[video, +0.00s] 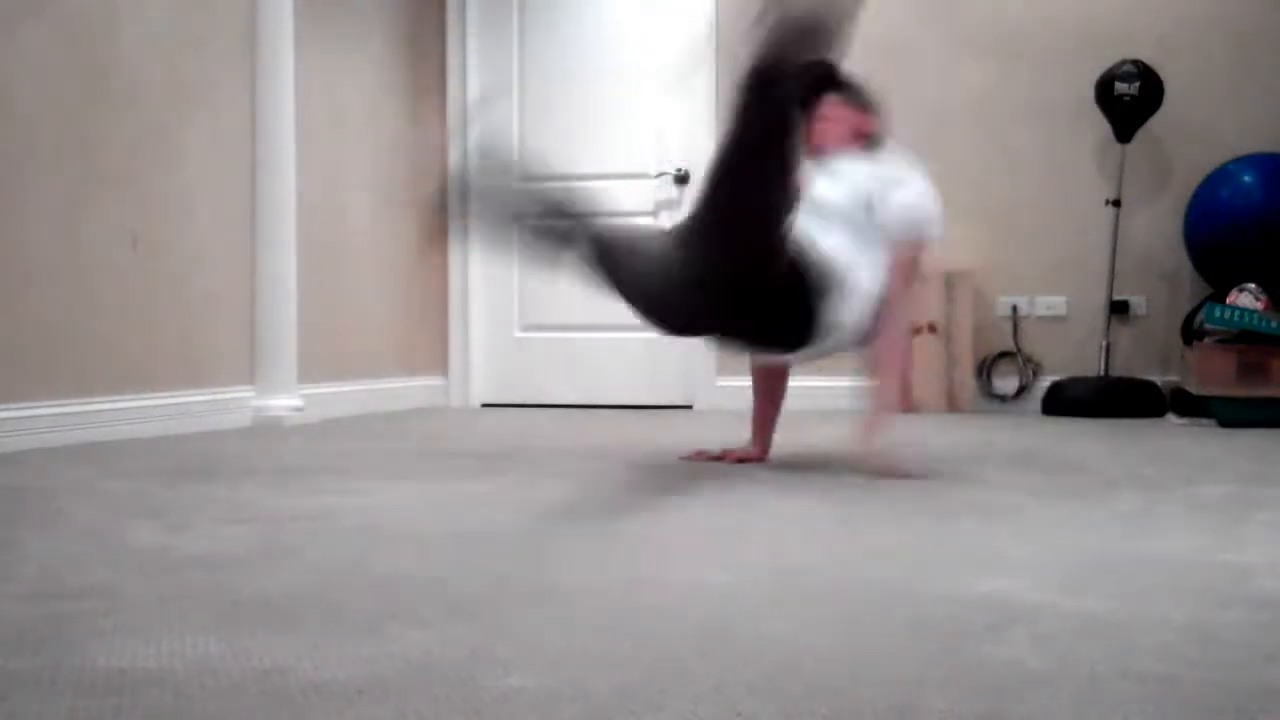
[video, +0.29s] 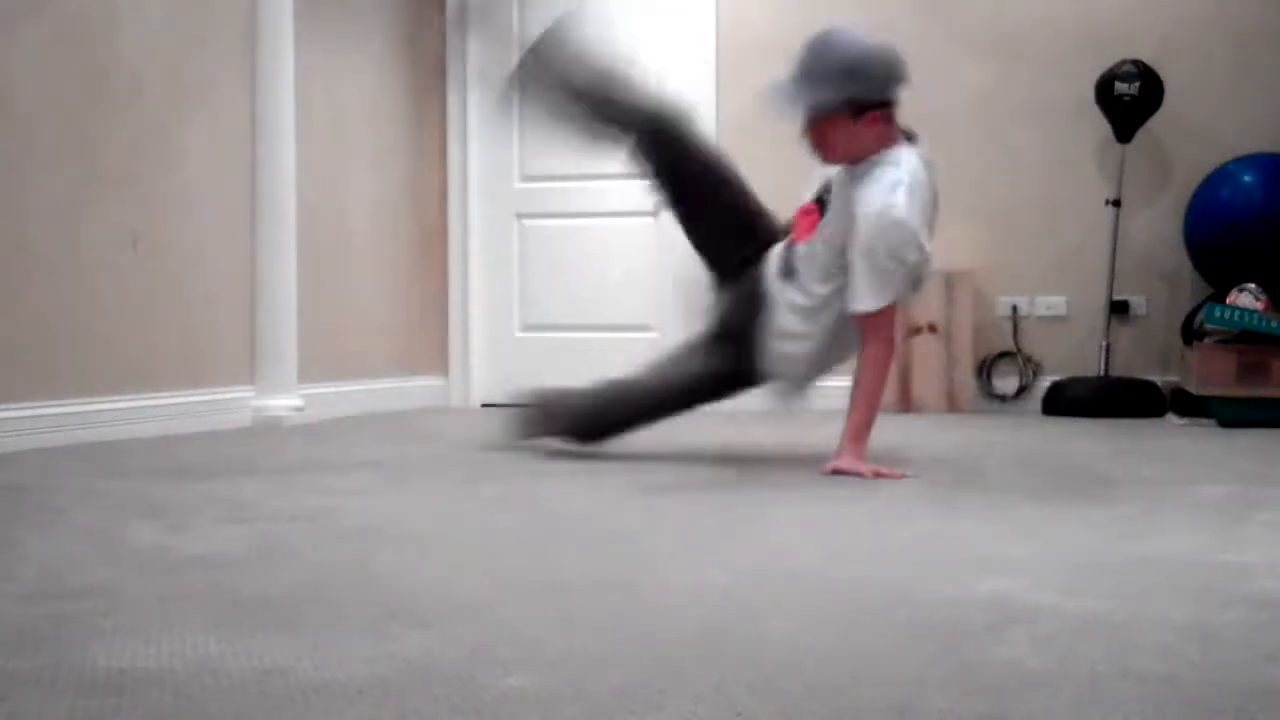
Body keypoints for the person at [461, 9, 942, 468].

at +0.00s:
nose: (823, 126)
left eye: (839, 115)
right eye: (819, 116)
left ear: (868, 123)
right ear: (806, 127)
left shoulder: (896, 179)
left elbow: (895, 311)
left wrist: (878, 430)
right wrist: (759, 447)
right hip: (692, 302)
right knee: (588, 234)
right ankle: (495, 201)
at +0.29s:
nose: (809, 135)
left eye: (820, 119)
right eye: (809, 119)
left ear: (866, 120)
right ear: (872, 119)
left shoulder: (887, 211)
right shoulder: (879, 162)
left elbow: (879, 341)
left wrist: (852, 452)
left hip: (752, 346)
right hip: (762, 265)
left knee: (605, 415)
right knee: (664, 136)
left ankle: (541, 416)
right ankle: (557, 74)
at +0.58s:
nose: (736, 257)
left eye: (748, 248)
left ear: (786, 187)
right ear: (715, 185)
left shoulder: (855, 187)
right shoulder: (710, 149)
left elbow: (851, 328)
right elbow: (655, 232)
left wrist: (849, 450)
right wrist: (601, 316)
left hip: (907, 212)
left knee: (867, 336)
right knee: (672, 271)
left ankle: (818, 421)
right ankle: (696, 376)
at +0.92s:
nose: (730, 250)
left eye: (741, 236)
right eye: (717, 240)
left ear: (768, 192)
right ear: (688, 205)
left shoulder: (824, 163)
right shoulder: (693, 195)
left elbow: (832, 310)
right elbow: (687, 316)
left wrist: (849, 442)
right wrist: (662, 437)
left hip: (877, 186)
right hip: (797, 215)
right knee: (705, 305)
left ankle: (1068, 385)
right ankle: (776, 425)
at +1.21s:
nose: (752, 80)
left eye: (760, 62)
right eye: (737, 67)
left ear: (788, 31)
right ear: (718, 56)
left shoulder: (865, 55)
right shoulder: (726, 87)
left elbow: (890, 202)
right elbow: (701, 211)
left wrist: (845, 312)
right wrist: (660, 316)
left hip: (919, 148)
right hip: (834, 172)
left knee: (971, 249)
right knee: (732, 278)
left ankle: (1014, 429)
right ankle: (780, 426)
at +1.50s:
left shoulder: (884, 3)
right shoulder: (743, 2)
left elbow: (902, 78)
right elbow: (759, 48)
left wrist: (909, 185)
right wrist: (770, 102)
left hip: (915, 108)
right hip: (827, 120)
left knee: (968, 245)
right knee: (745, 269)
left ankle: (1014, 428)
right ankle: (782, 423)